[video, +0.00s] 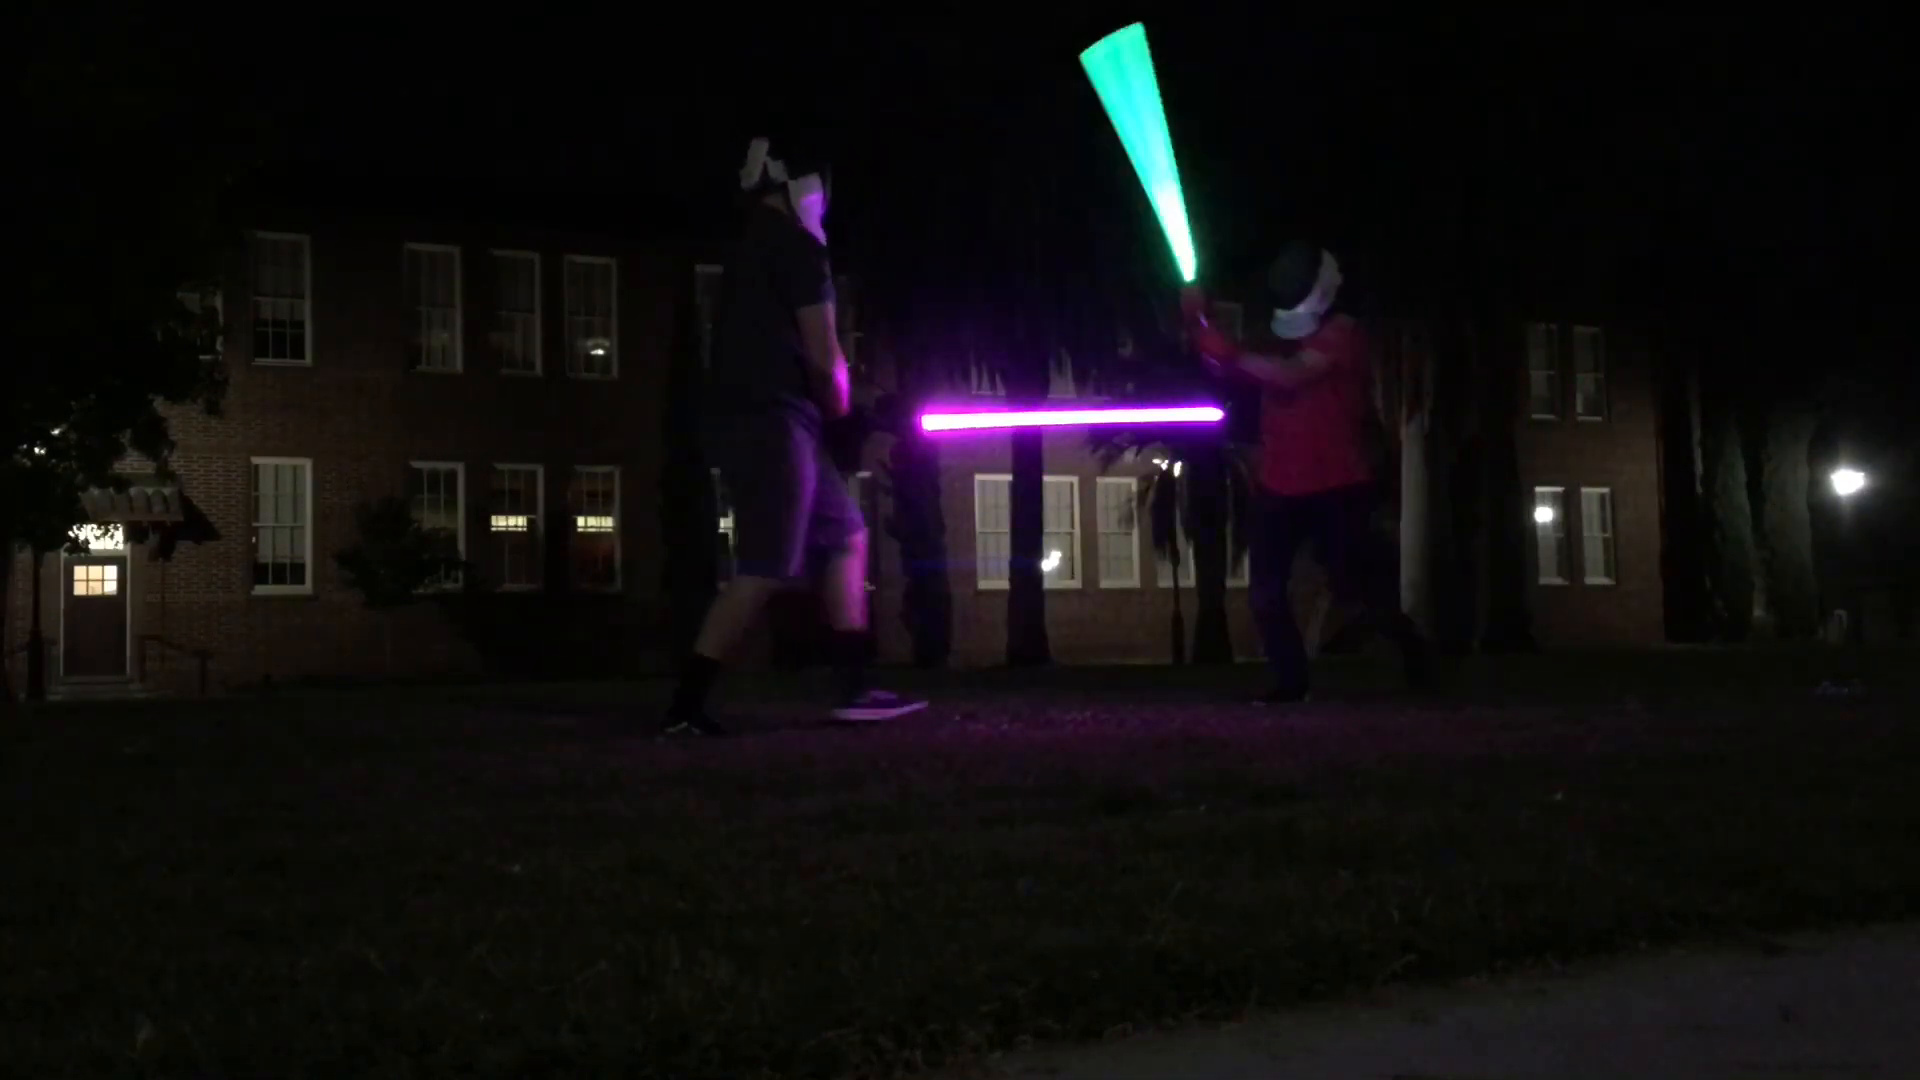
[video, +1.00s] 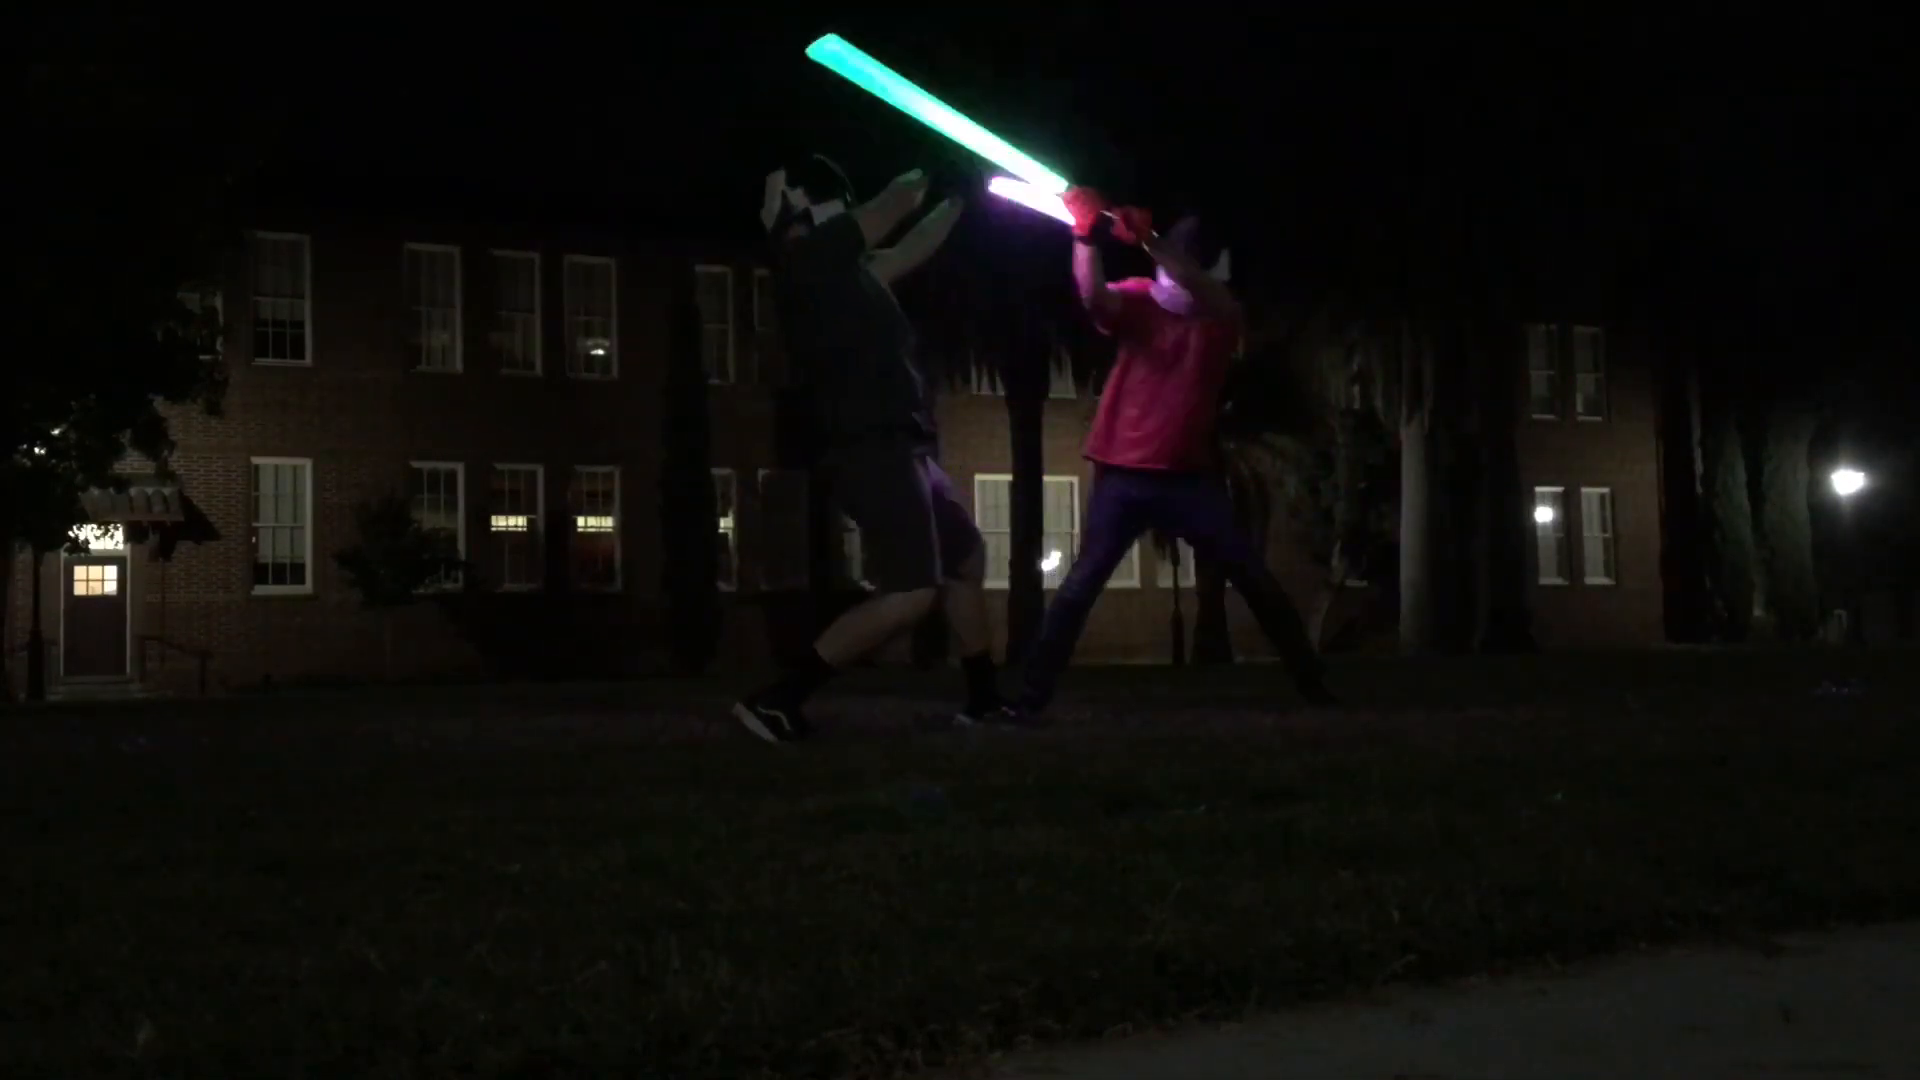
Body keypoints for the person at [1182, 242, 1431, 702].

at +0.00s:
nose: (1292, 320)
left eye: (1300, 309)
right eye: (1285, 312)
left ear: (1322, 297)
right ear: (1278, 306)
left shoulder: (1341, 335)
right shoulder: (1281, 344)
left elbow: (1292, 375)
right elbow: (1234, 374)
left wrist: (1228, 355)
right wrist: (1204, 331)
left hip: (1336, 488)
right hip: (1282, 490)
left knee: (1356, 589)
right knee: (1267, 592)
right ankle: (1289, 680)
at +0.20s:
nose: (1232, 275)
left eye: (1243, 266)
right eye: (1233, 266)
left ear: (1263, 275)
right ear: (1262, 276)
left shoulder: (1275, 323)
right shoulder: (1226, 315)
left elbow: (1211, 334)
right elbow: (1183, 303)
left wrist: (1160, 286)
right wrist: (1162, 259)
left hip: (1259, 472)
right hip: (1220, 471)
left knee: (1223, 572)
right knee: (1216, 573)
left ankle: (1281, 667)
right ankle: (1214, 676)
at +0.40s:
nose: (1196, 264)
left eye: (1208, 257)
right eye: (1195, 256)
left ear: (1223, 270)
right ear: (1187, 266)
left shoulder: (1230, 320)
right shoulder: (1169, 303)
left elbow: (1161, 316)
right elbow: (1131, 287)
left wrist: (1112, 269)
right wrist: (1092, 231)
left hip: (1204, 475)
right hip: (1156, 468)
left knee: (1154, 572)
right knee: (1093, 549)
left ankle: (1177, 688)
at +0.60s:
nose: (1126, 290)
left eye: (1135, 280)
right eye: (1121, 280)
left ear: (1159, 279)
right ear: (1111, 280)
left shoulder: (1185, 321)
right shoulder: (1102, 326)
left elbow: (1141, 283)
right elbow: (1055, 321)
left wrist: (1076, 242)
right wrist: (1035, 258)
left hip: (1164, 477)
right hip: (1102, 476)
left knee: (1131, 575)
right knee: (1049, 575)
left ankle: (1176, 685)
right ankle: (1026, 699)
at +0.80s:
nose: (1111, 261)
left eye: (1121, 253)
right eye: (1108, 254)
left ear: (1152, 253)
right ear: (1108, 256)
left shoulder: (1178, 295)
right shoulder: (1103, 296)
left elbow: (1153, 280)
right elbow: (1075, 292)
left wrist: (1098, 241)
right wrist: (1056, 245)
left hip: (1163, 458)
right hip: (1099, 461)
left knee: (1179, 547)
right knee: (1060, 578)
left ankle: (1218, 657)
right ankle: (1026, 695)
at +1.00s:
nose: (1178, 273)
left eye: (1188, 263)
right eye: (1171, 262)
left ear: (1209, 266)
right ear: (1160, 266)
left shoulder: (1222, 317)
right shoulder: (1135, 299)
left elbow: (1199, 287)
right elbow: (1094, 298)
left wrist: (1150, 242)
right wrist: (1084, 234)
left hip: (1190, 475)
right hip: (1125, 473)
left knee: (1250, 577)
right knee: (1082, 584)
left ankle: (1310, 680)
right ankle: (1030, 696)